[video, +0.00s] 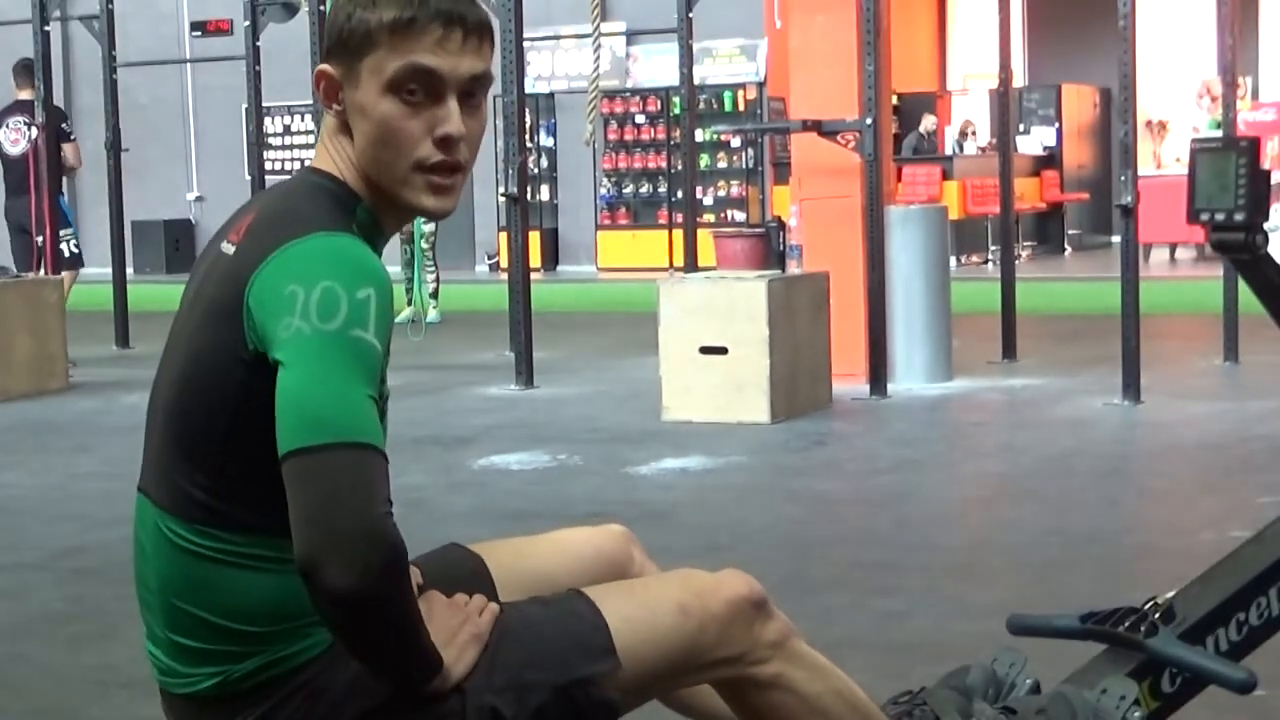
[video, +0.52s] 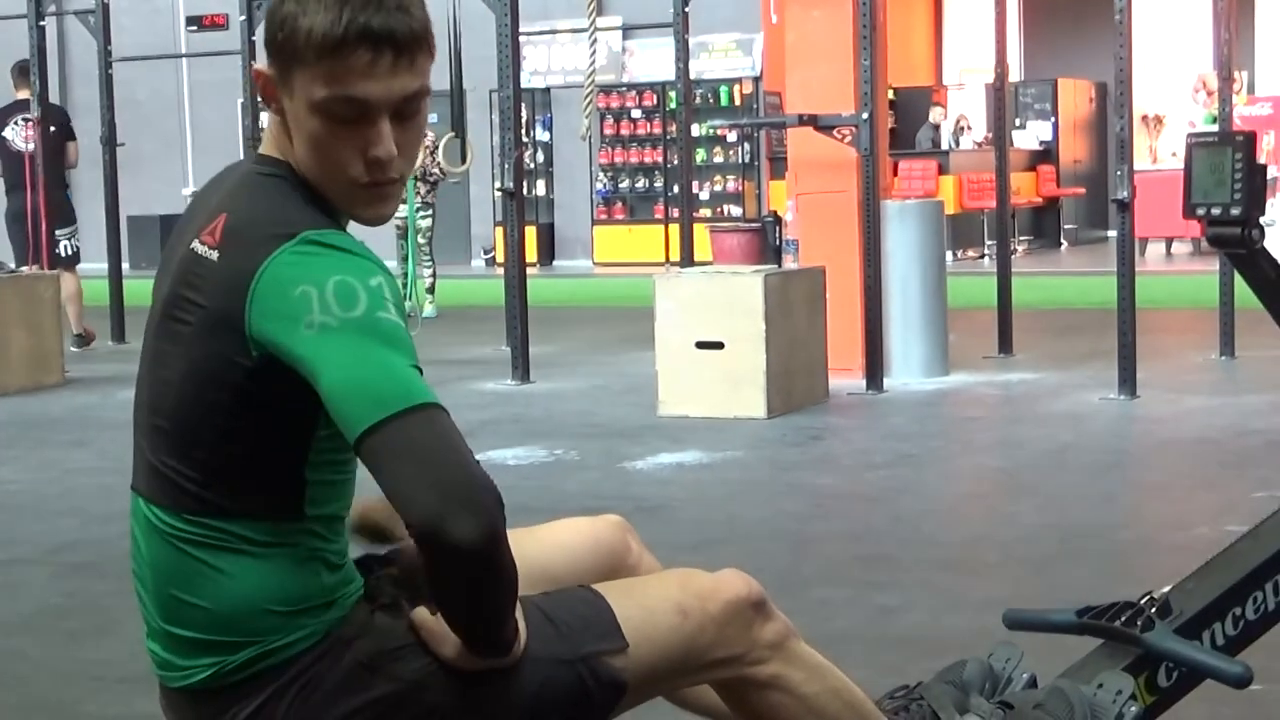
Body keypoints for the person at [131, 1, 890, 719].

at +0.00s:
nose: (455, 130)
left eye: (473, 96)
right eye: (416, 93)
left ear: (491, 101)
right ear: (335, 97)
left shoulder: (306, 230)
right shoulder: (325, 261)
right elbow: (345, 556)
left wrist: (384, 610)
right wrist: (425, 670)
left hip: (279, 633)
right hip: (294, 685)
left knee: (611, 553)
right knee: (736, 609)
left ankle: (752, 717)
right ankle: (888, 717)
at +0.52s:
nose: (386, 150)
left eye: (404, 111)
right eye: (346, 115)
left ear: (426, 88)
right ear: (269, 93)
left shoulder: (250, 200)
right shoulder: (305, 259)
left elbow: (240, 457)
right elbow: (459, 517)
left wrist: (364, 527)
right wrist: (477, 632)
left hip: (282, 606)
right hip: (286, 678)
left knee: (606, 538)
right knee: (730, 609)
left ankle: (747, 706)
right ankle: (886, 717)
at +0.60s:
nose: (382, 147)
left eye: (400, 107)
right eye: (345, 113)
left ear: (416, 85)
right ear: (264, 100)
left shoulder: (228, 207)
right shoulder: (305, 260)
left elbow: (280, 438)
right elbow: (453, 516)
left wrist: (431, 444)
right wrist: (485, 642)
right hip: (289, 676)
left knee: (610, 545)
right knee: (734, 609)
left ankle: (761, 700)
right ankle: (886, 712)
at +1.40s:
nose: (348, 125)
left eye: (354, 85)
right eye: (303, 104)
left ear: (368, 60)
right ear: (214, 94)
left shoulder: (199, 206)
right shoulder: (300, 252)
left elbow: (283, 458)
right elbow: (425, 497)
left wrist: (432, 409)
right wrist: (469, 632)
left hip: (252, 619)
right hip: (287, 676)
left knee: (593, 538)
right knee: (725, 601)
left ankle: (767, 712)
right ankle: (878, 717)